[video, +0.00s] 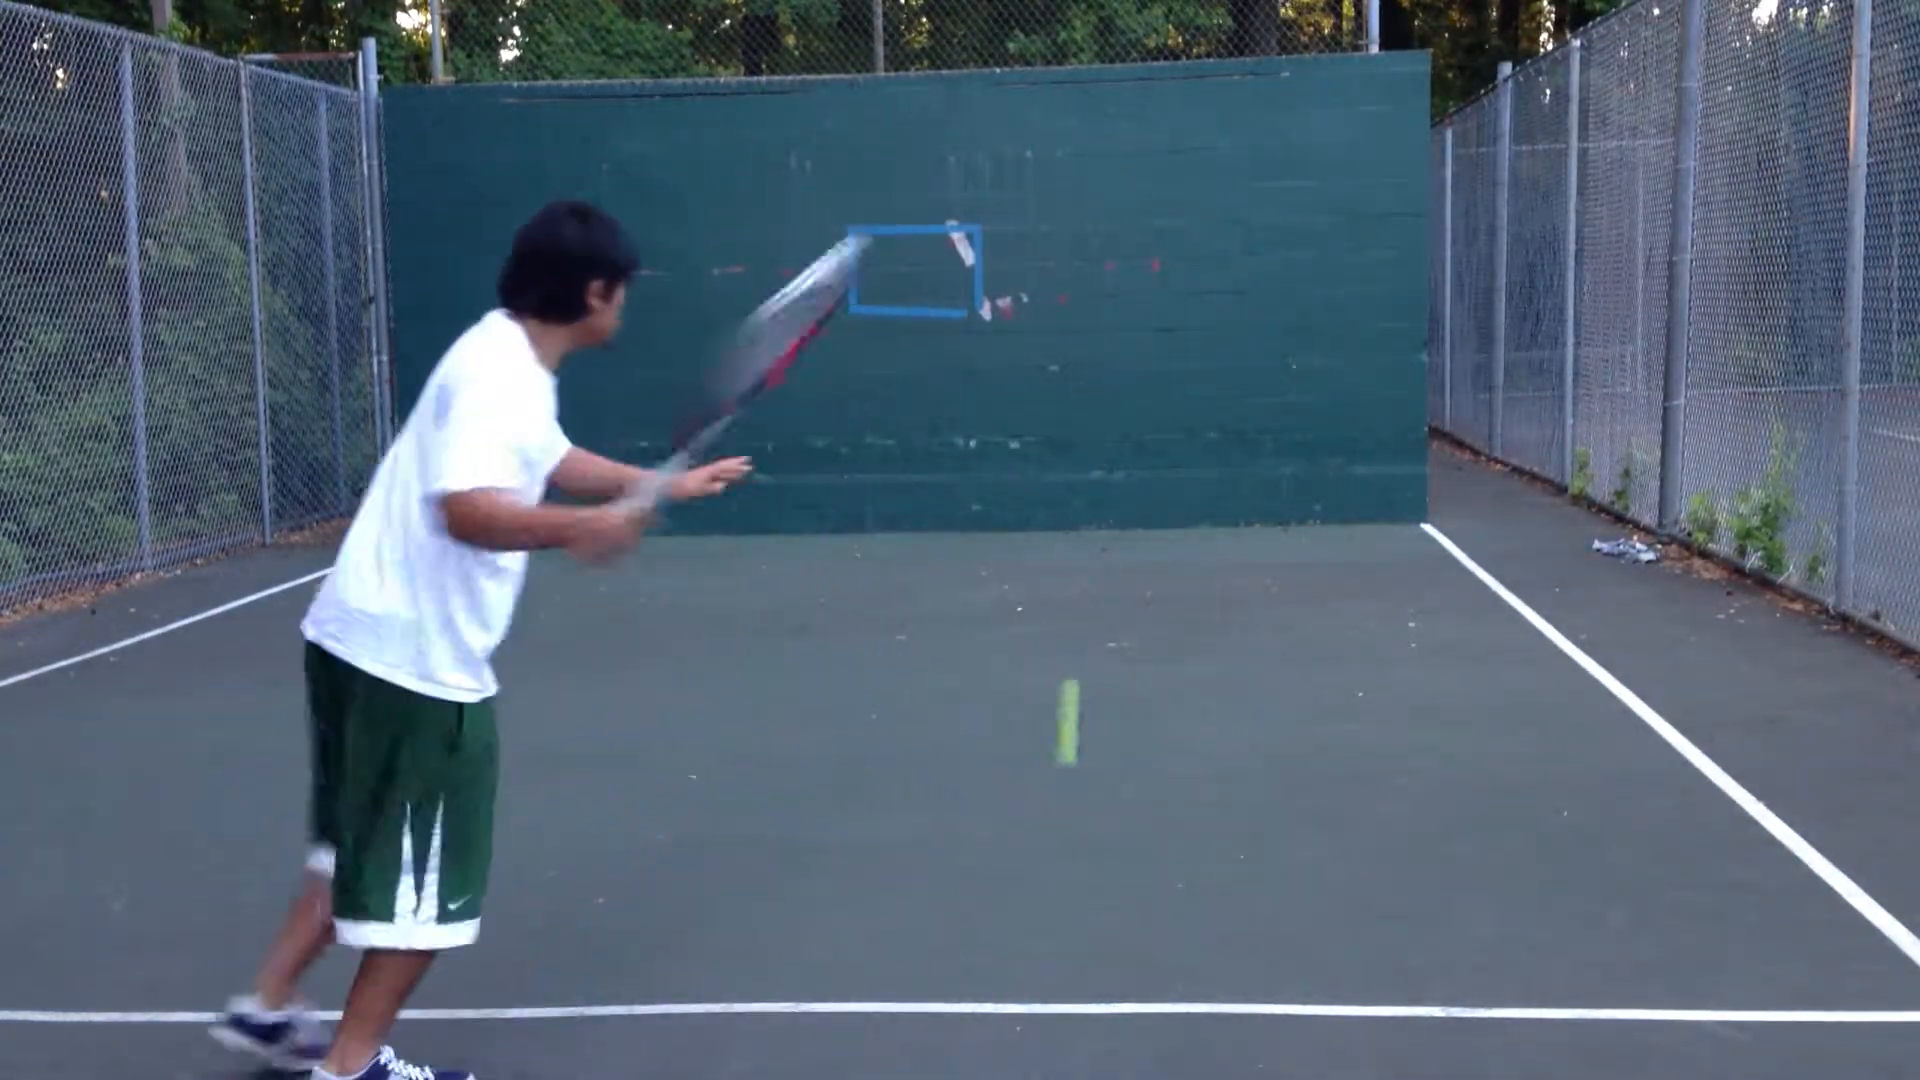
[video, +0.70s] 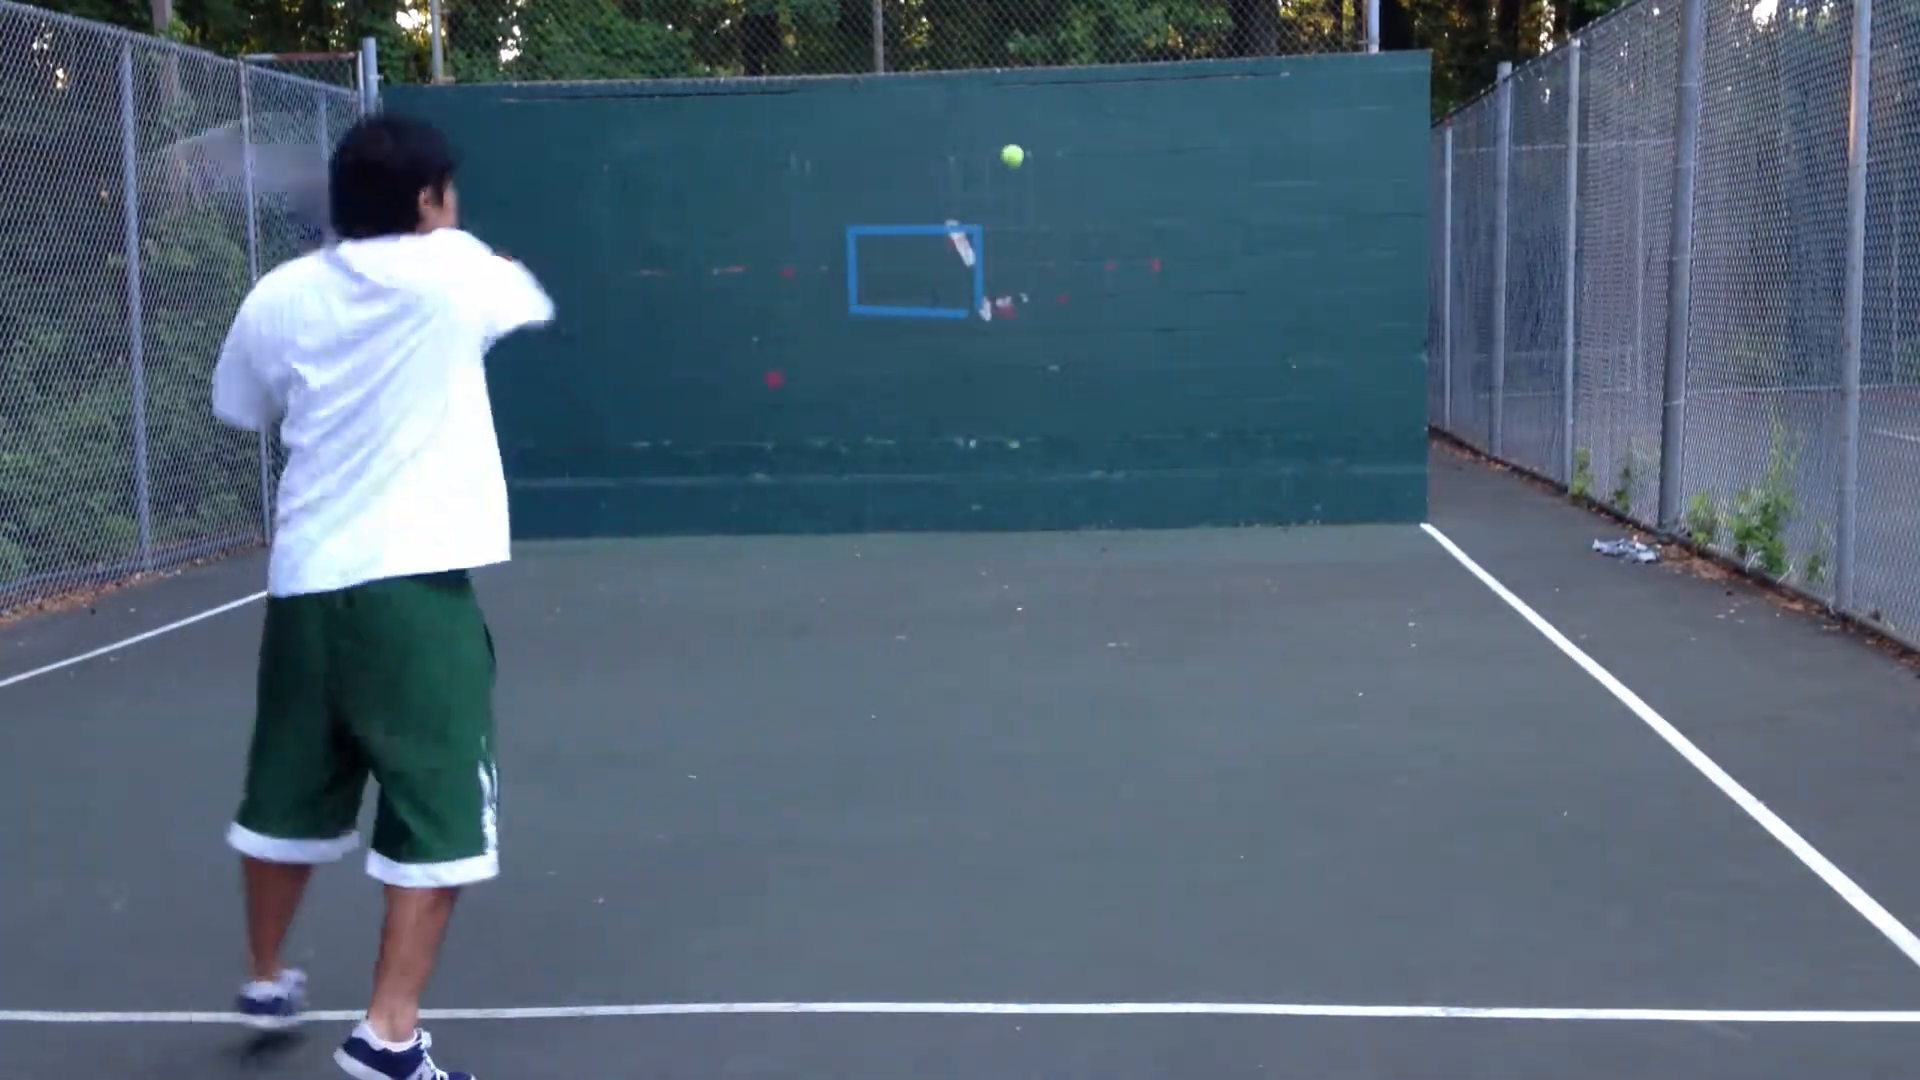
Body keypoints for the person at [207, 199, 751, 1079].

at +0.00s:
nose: (621, 306)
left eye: (622, 290)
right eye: (618, 290)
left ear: (545, 287)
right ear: (589, 297)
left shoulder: (507, 358)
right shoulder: (499, 373)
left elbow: (549, 462)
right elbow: (467, 510)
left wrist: (663, 482)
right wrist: (582, 526)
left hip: (366, 638)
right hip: (415, 663)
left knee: (357, 850)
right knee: (426, 896)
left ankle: (267, 1003)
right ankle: (351, 1063)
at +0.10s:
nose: (598, 300)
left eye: (597, 283)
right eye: (594, 284)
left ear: (516, 280)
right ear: (563, 293)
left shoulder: (489, 356)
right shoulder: (466, 369)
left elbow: (525, 462)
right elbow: (392, 495)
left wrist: (632, 458)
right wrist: (454, 548)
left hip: (349, 638)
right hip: (405, 662)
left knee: (317, 847)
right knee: (426, 884)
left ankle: (197, 1010)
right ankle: (352, 1061)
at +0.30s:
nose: (556, 263)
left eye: (554, 246)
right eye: (549, 248)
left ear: (468, 250)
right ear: (507, 259)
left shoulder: (413, 312)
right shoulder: (454, 355)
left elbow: (440, 388)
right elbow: (412, 492)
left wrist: (528, 357)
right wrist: (456, 582)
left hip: (326, 644)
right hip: (416, 670)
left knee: (257, 843)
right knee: (417, 884)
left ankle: (167, 1036)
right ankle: (353, 1059)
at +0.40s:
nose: (534, 232)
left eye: (530, 214)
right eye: (522, 215)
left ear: (440, 222)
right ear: (473, 224)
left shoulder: (365, 282)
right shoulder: (456, 326)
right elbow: (514, 474)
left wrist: (551, 477)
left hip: (303, 596)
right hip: (409, 627)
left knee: (238, 806)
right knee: (417, 850)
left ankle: (156, 1012)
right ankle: (359, 1053)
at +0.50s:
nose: (500, 207)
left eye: (498, 188)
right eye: (491, 190)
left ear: (402, 187)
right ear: (445, 193)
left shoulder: (324, 262)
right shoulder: (455, 291)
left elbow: (290, 347)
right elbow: (569, 383)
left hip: (303, 578)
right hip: (416, 602)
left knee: (243, 788)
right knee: (412, 830)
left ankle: (170, 989)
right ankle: (374, 1039)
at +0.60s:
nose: (475, 196)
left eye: (473, 180)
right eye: (468, 181)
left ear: (368, 179)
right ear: (433, 186)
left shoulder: (297, 265)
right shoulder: (462, 262)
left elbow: (254, 359)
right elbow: (562, 321)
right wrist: (593, 274)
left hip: (304, 575)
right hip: (420, 581)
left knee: (262, 780)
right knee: (424, 816)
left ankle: (210, 980)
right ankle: (389, 1032)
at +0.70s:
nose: (452, 208)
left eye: (451, 193)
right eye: (447, 194)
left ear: (342, 197)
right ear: (425, 202)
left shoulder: (278, 296)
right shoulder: (446, 273)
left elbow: (242, 408)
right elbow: (529, 302)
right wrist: (446, 243)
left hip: (303, 590)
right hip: (416, 587)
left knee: (288, 787)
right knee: (434, 814)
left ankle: (265, 981)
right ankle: (389, 1034)